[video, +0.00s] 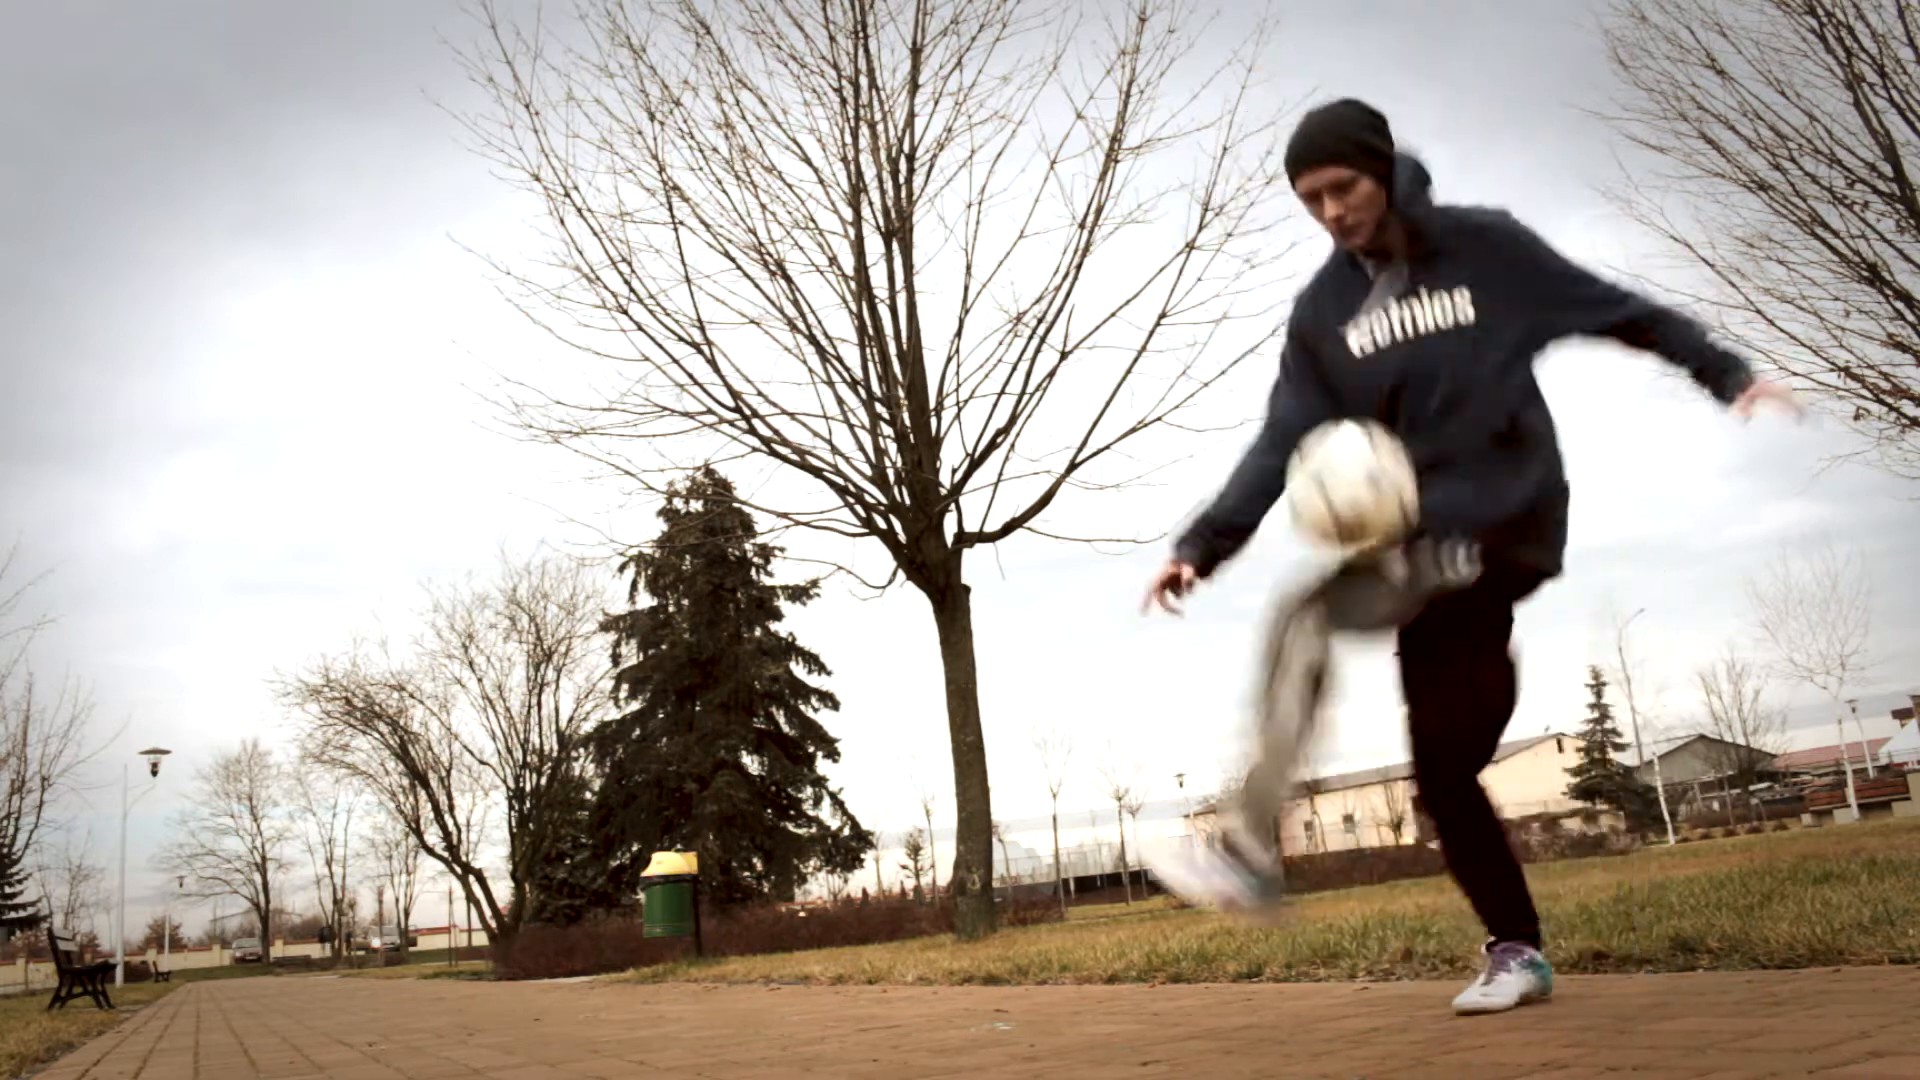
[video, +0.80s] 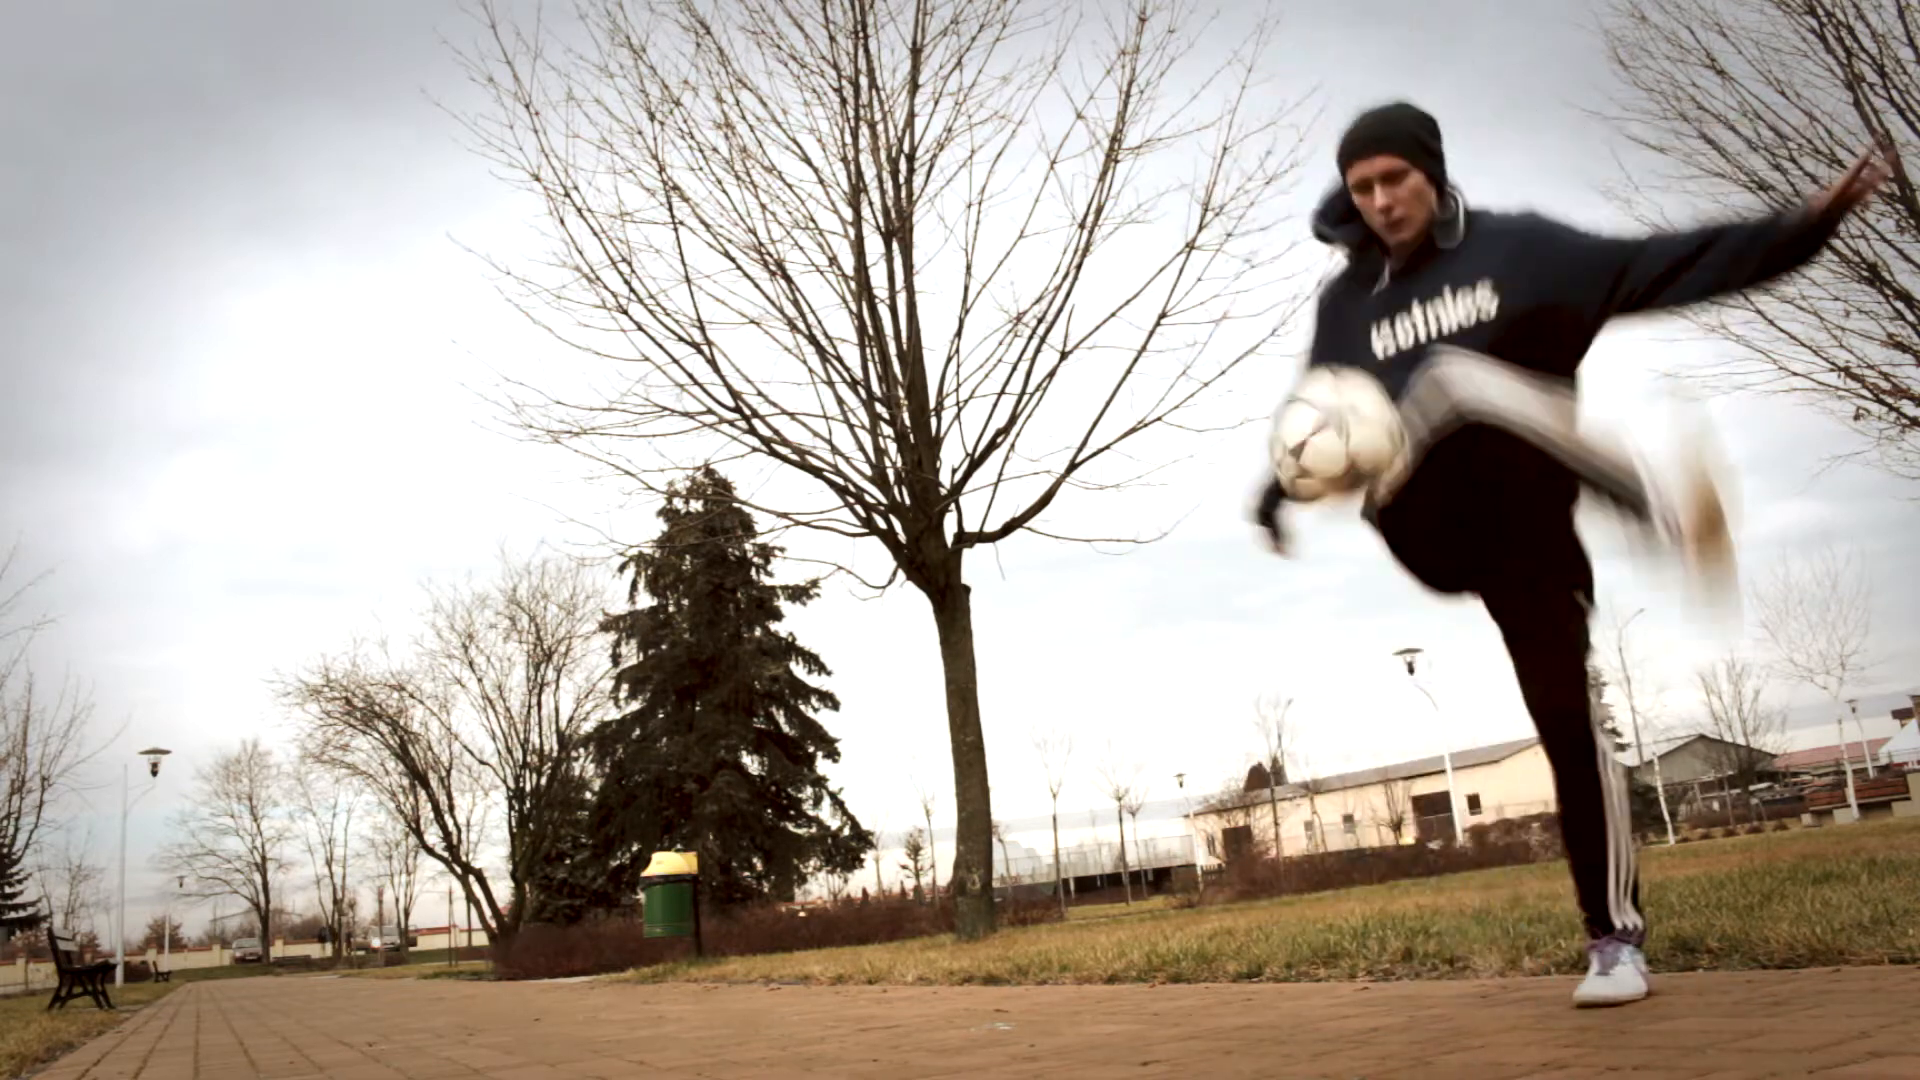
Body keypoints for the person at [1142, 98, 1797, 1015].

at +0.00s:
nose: (1333, 212)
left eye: (1344, 188)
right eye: (1315, 200)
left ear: (1386, 172)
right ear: (1307, 204)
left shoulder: (1483, 246)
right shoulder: (1322, 313)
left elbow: (1615, 309)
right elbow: (1282, 439)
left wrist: (1726, 372)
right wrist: (1202, 545)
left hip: (1509, 514)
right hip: (1423, 537)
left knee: (1310, 612)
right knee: (1443, 771)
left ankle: (1253, 850)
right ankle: (1516, 949)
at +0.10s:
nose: (1336, 209)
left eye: (1349, 187)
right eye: (1317, 196)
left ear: (1386, 176)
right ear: (1303, 204)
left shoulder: (1474, 251)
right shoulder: (1316, 311)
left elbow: (1580, 327)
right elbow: (1280, 447)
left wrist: (1656, 380)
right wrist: (1208, 557)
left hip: (1510, 523)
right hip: (1414, 549)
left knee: (1428, 688)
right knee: (1417, 736)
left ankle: (1441, 921)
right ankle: (1511, 948)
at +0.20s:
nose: (1341, 195)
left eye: (1354, 174)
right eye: (1321, 183)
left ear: (1390, 167)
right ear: (1306, 191)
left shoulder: (1455, 239)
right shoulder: (1301, 298)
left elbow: (1539, 306)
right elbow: (1260, 422)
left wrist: (1599, 338)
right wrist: (1195, 515)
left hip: (1500, 482)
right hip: (1401, 537)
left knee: (1504, 562)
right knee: (1405, 753)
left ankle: (1541, 787)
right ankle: (1502, 947)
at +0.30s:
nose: (1358, 195)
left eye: (1372, 175)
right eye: (1339, 182)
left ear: (1405, 173)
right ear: (1322, 193)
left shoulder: (1475, 251)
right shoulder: (1309, 298)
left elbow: (1583, 302)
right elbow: (1256, 404)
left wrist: (1707, 319)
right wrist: (1195, 485)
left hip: (1484, 492)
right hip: (1392, 537)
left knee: (1511, 364)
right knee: (1397, 730)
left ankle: (1562, 493)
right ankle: (1494, 941)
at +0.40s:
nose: (1363, 166)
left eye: (1379, 143)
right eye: (1346, 150)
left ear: (1417, 146)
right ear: (1333, 163)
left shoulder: (1507, 229)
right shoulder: (1328, 269)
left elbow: (1651, 244)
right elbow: (1251, 334)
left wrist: (1798, 213)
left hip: (1493, 461)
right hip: (1394, 513)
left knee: (1491, 274)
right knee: (1417, 714)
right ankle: (1498, 931)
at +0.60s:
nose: (1363, 82)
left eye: (1374, 60)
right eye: (1343, 73)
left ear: (1409, 52)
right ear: (1330, 84)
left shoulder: (1490, 124)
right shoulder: (1339, 159)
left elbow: (1586, 135)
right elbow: (1293, 223)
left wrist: (1687, 137)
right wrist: (1227, 232)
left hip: (1526, 338)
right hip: (1427, 373)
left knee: (1469, 492)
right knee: (1331, 507)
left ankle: (1533, 720)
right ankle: (1304, 715)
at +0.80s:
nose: (1382, 201)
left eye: (1395, 179)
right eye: (1364, 189)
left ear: (1434, 175)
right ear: (1350, 200)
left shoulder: (1520, 248)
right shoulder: (1345, 303)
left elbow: (1659, 265)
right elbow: (1322, 410)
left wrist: (1805, 226)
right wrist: (1282, 486)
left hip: (1527, 519)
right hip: (1430, 539)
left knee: (1567, 724)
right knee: (1451, 379)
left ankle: (1612, 938)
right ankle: (1665, 509)